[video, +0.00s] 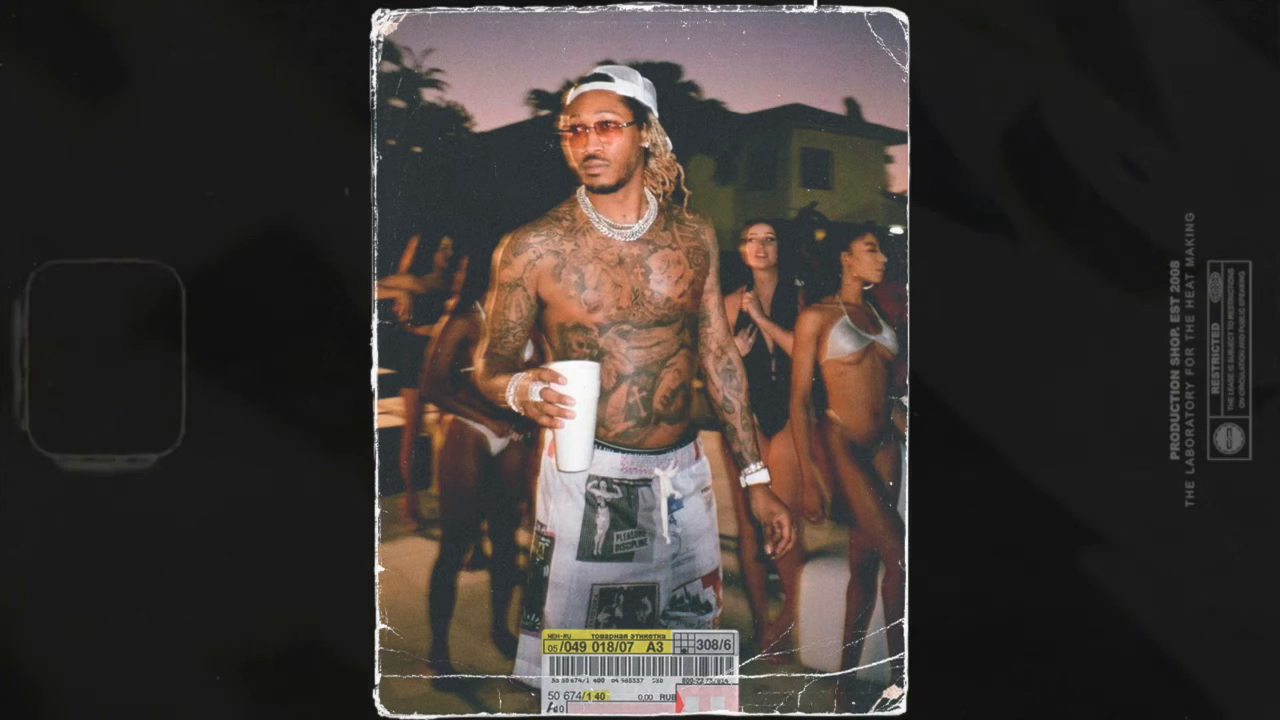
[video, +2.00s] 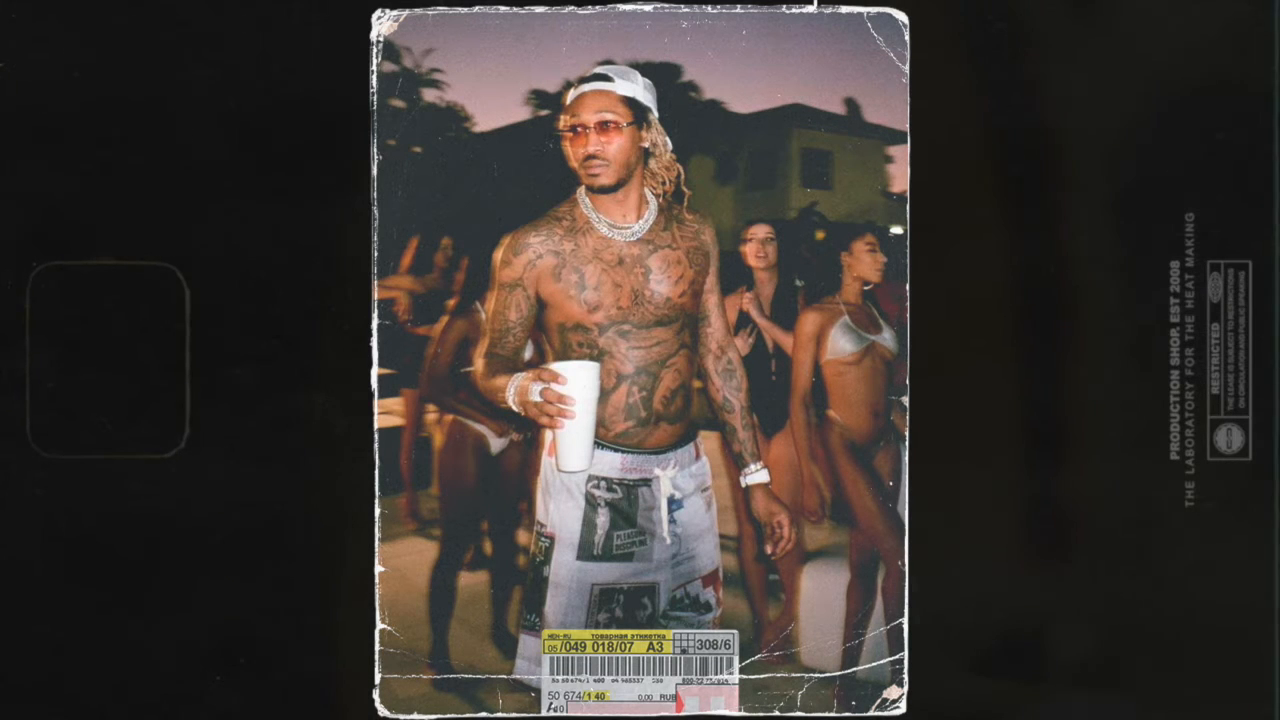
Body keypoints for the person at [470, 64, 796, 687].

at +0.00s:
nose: (590, 143)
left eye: (608, 126)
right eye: (576, 130)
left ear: (646, 139)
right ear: (565, 144)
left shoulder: (694, 237)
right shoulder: (532, 248)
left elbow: (720, 359)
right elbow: (492, 365)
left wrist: (756, 481)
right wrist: (516, 389)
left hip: (681, 477)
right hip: (583, 482)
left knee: (688, 663)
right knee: (574, 668)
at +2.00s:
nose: (590, 143)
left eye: (608, 126)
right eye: (576, 130)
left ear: (646, 138)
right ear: (565, 144)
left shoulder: (693, 235)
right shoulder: (532, 248)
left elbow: (720, 359)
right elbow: (491, 365)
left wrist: (756, 482)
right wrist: (516, 389)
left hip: (681, 477)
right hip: (582, 481)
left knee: (689, 664)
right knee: (574, 669)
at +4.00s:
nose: (589, 143)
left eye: (608, 126)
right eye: (576, 130)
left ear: (646, 138)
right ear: (565, 144)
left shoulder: (693, 235)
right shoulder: (532, 248)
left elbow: (720, 359)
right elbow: (491, 366)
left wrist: (756, 482)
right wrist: (516, 389)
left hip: (681, 477)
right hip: (583, 482)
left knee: (690, 664)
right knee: (574, 669)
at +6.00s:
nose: (590, 143)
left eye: (608, 126)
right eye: (576, 130)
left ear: (646, 138)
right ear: (565, 143)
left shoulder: (693, 236)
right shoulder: (532, 248)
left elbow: (720, 358)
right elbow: (490, 366)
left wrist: (756, 481)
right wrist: (516, 389)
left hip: (681, 477)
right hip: (582, 482)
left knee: (690, 663)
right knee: (574, 666)